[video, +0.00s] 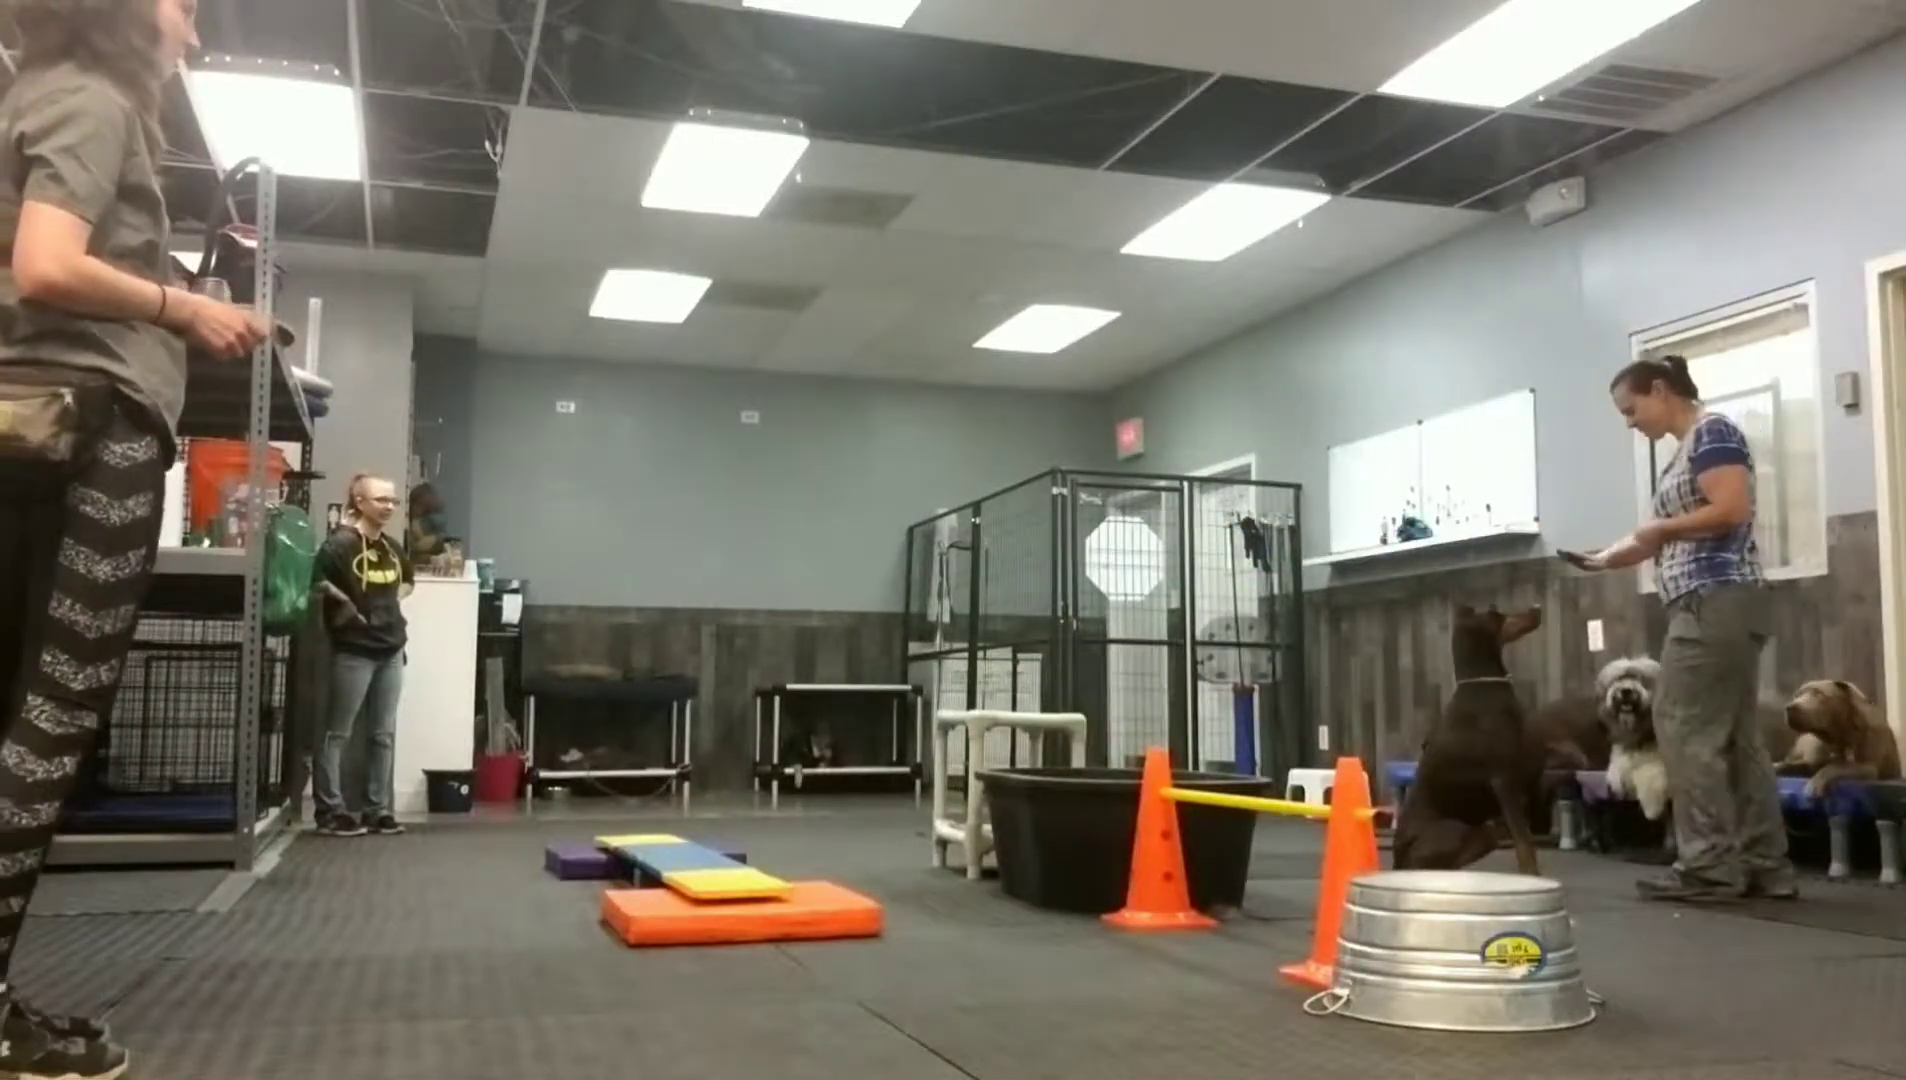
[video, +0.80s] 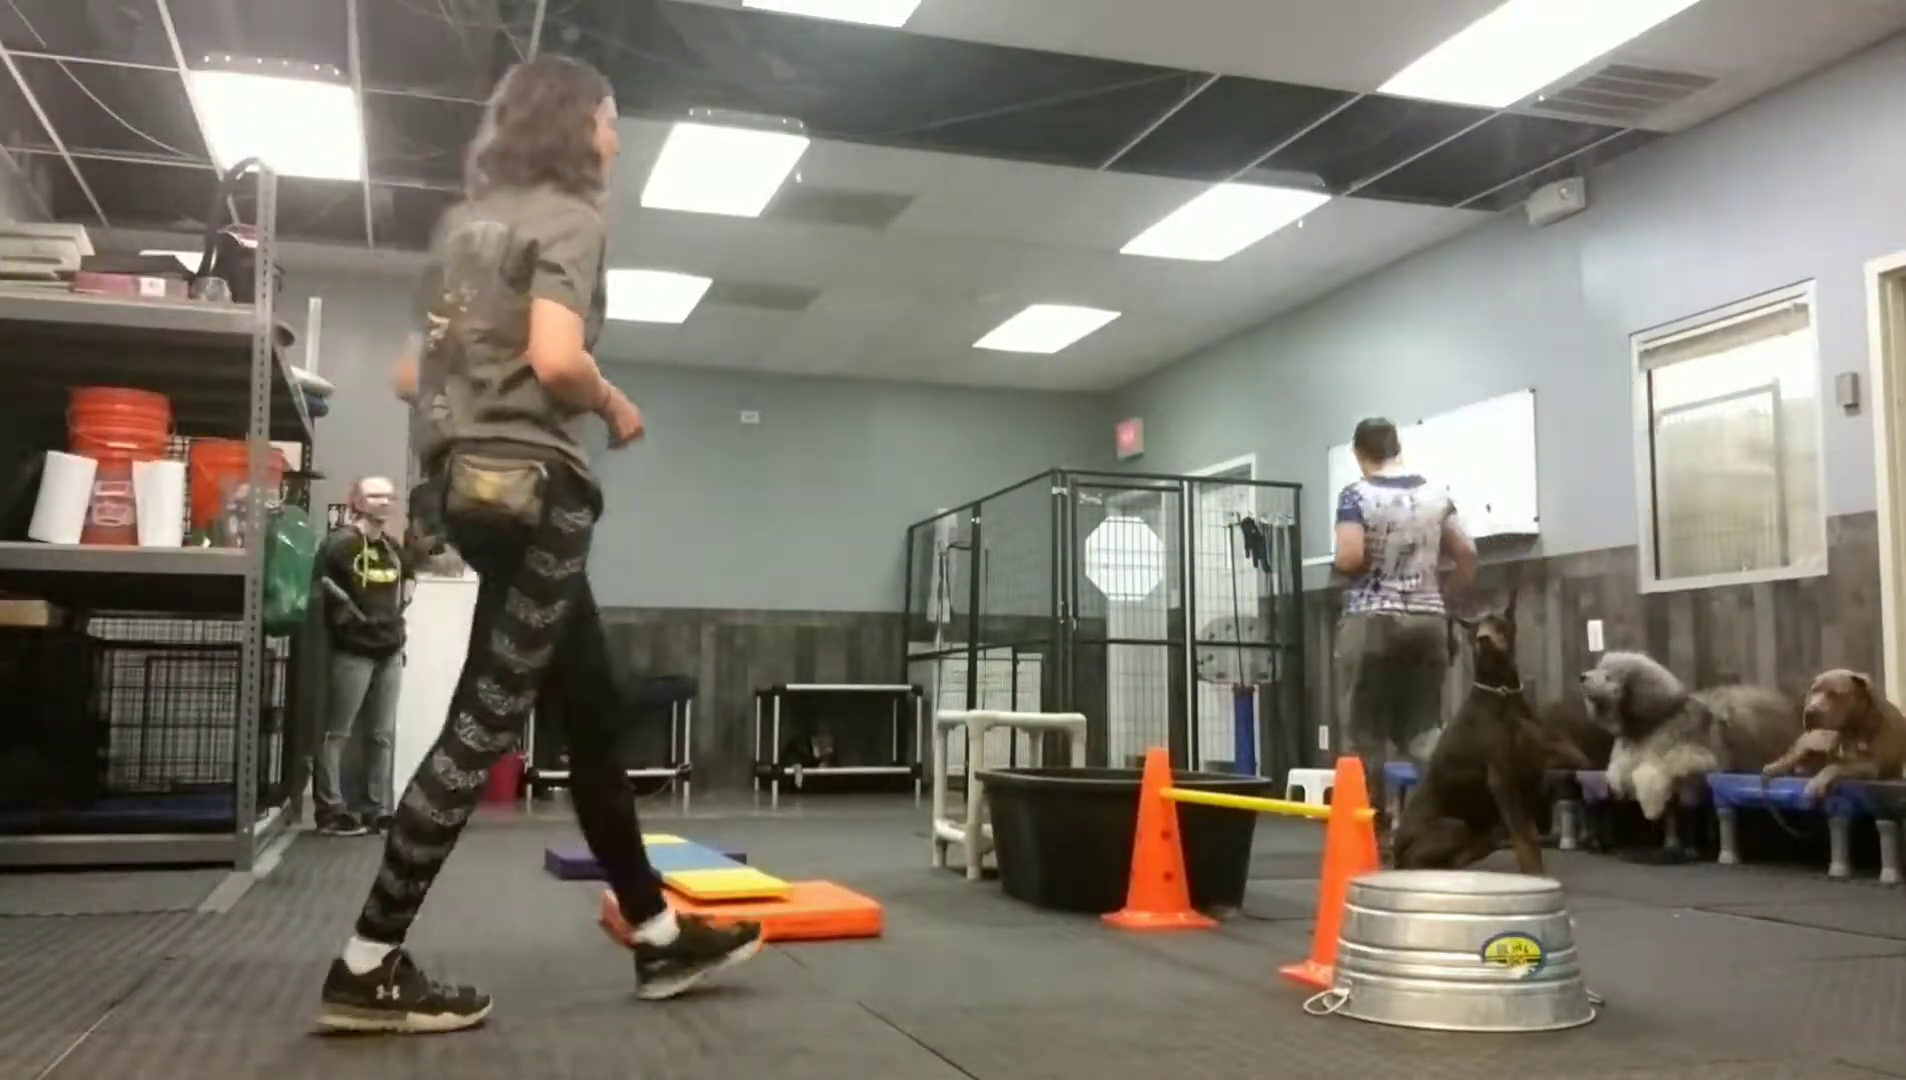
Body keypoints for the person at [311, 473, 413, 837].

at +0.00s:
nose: (390, 507)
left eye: (392, 501)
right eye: (382, 500)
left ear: (392, 505)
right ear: (360, 502)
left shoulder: (389, 545)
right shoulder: (338, 547)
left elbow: (407, 581)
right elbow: (317, 591)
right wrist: (349, 614)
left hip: (390, 650)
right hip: (354, 651)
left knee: (383, 735)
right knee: (338, 734)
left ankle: (377, 811)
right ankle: (330, 811)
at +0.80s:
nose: (385, 503)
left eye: (388, 497)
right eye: (376, 496)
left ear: (393, 503)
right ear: (356, 503)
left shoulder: (392, 548)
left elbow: (403, 595)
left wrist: (390, 622)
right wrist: (373, 627)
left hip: (389, 652)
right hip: (352, 651)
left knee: (382, 735)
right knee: (338, 733)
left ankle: (376, 808)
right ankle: (330, 809)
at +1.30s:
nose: (381, 514)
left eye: (385, 508)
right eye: (373, 507)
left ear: (389, 509)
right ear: (354, 508)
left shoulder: (389, 546)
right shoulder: (340, 543)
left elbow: (434, 545)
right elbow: (319, 574)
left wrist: (397, 524)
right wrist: (344, 598)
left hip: (393, 649)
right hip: (357, 648)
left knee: (384, 734)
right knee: (341, 733)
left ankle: (377, 810)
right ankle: (331, 811)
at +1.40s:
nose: (381, 515)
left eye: (385, 508)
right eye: (373, 507)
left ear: (389, 510)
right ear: (354, 508)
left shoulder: (390, 547)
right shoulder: (339, 543)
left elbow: (434, 545)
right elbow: (320, 575)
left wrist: (396, 524)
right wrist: (344, 599)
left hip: (393, 649)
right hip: (357, 647)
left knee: (384, 734)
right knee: (341, 733)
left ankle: (377, 810)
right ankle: (331, 811)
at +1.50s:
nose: (381, 515)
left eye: (385, 508)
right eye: (373, 507)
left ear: (389, 509)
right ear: (354, 508)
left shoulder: (389, 547)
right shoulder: (339, 543)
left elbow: (434, 546)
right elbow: (320, 575)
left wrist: (399, 526)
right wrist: (345, 599)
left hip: (393, 648)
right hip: (357, 647)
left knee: (384, 734)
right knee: (341, 733)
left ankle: (377, 810)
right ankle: (331, 810)